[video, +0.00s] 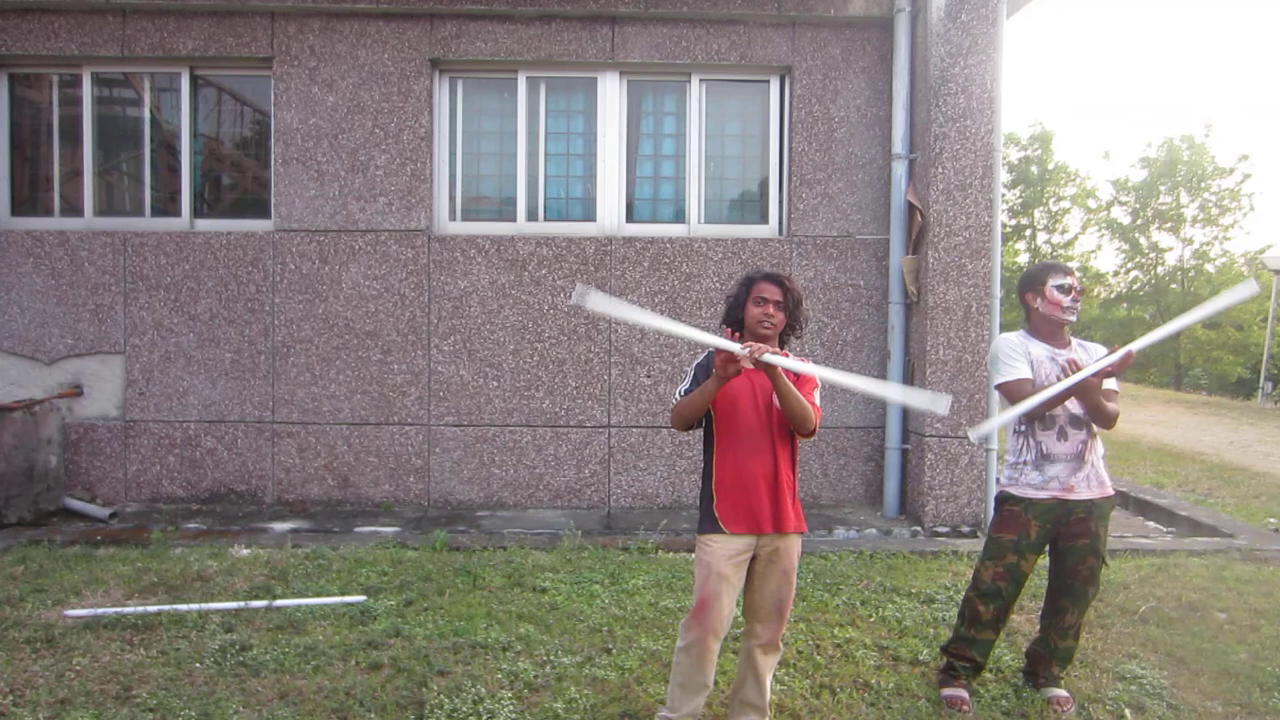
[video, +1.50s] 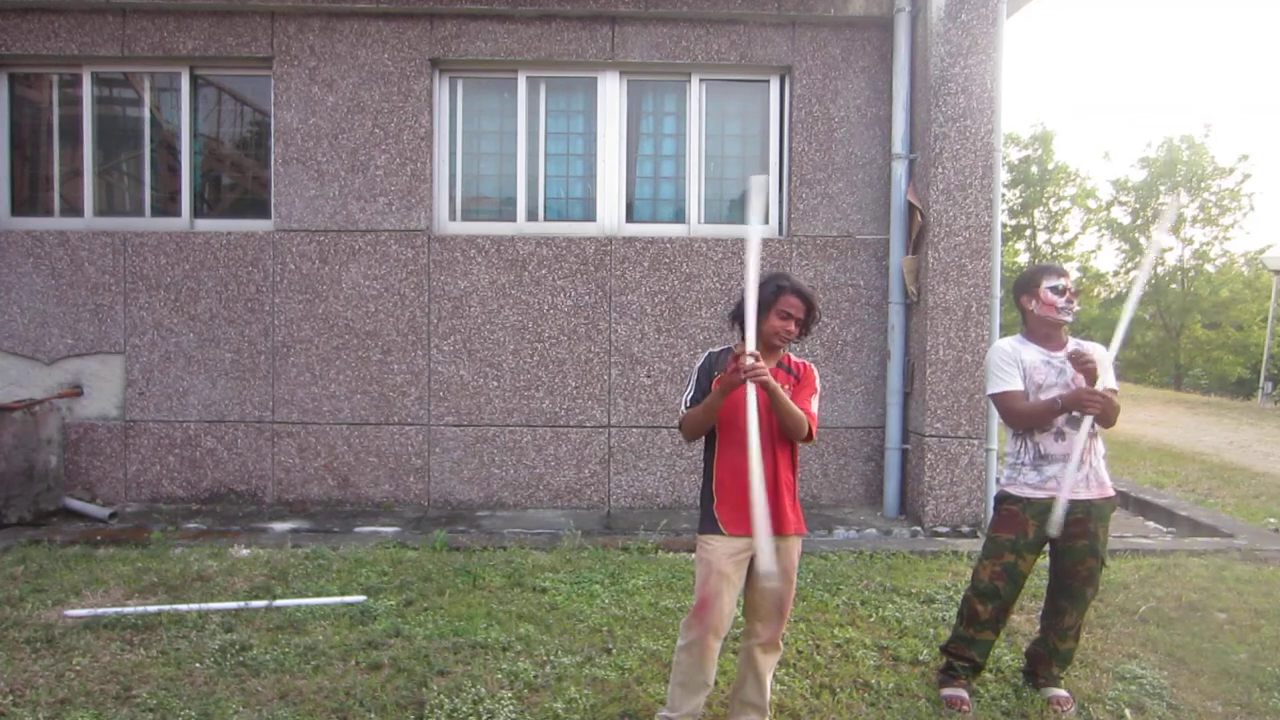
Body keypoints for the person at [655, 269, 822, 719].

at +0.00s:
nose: (769, 312)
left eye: (778, 306)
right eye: (760, 302)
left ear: (787, 318)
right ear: (739, 309)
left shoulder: (799, 369)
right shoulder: (715, 361)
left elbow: (807, 426)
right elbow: (681, 419)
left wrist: (775, 372)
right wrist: (719, 377)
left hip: (782, 519)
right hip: (724, 518)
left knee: (767, 635)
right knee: (707, 624)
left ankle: (750, 714)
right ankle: (678, 714)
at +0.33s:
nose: (768, 313)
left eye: (777, 306)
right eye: (759, 303)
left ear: (789, 319)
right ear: (740, 309)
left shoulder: (800, 368)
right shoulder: (716, 363)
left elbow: (810, 424)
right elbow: (685, 423)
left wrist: (770, 368)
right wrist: (722, 383)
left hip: (782, 519)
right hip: (724, 519)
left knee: (767, 635)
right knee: (706, 625)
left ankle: (750, 714)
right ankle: (678, 713)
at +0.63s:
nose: (775, 317)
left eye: (784, 311)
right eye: (766, 306)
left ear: (792, 322)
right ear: (746, 311)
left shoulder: (802, 370)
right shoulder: (717, 365)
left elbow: (806, 439)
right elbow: (692, 428)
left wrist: (763, 405)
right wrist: (720, 391)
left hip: (782, 519)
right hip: (725, 518)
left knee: (767, 634)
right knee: (708, 622)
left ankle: (750, 714)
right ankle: (678, 714)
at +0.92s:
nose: (786, 320)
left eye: (794, 314)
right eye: (778, 308)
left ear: (798, 323)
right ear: (751, 309)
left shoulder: (803, 371)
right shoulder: (717, 364)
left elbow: (803, 441)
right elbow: (695, 431)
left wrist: (763, 414)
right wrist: (719, 393)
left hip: (780, 518)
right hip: (723, 516)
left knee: (767, 635)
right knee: (709, 620)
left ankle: (750, 714)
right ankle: (678, 714)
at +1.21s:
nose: (789, 323)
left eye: (797, 317)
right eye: (781, 312)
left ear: (800, 325)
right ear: (753, 311)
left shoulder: (802, 371)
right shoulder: (718, 362)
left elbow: (797, 436)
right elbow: (695, 431)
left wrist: (763, 402)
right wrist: (720, 398)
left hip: (782, 519)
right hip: (725, 518)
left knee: (767, 634)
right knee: (707, 622)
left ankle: (749, 714)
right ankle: (678, 714)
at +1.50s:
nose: (791, 327)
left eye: (799, 321)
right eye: (783, 315)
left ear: (802, 327)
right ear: (756, 312)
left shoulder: (802, 372)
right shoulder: (718, 362)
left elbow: (803, 432)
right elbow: (689, 429)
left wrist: (771, 385)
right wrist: (722, 390)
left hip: (782, 520)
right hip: (725, 518)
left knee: (767, 635)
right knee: (707, 622)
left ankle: (749, 714)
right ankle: (678, 714)